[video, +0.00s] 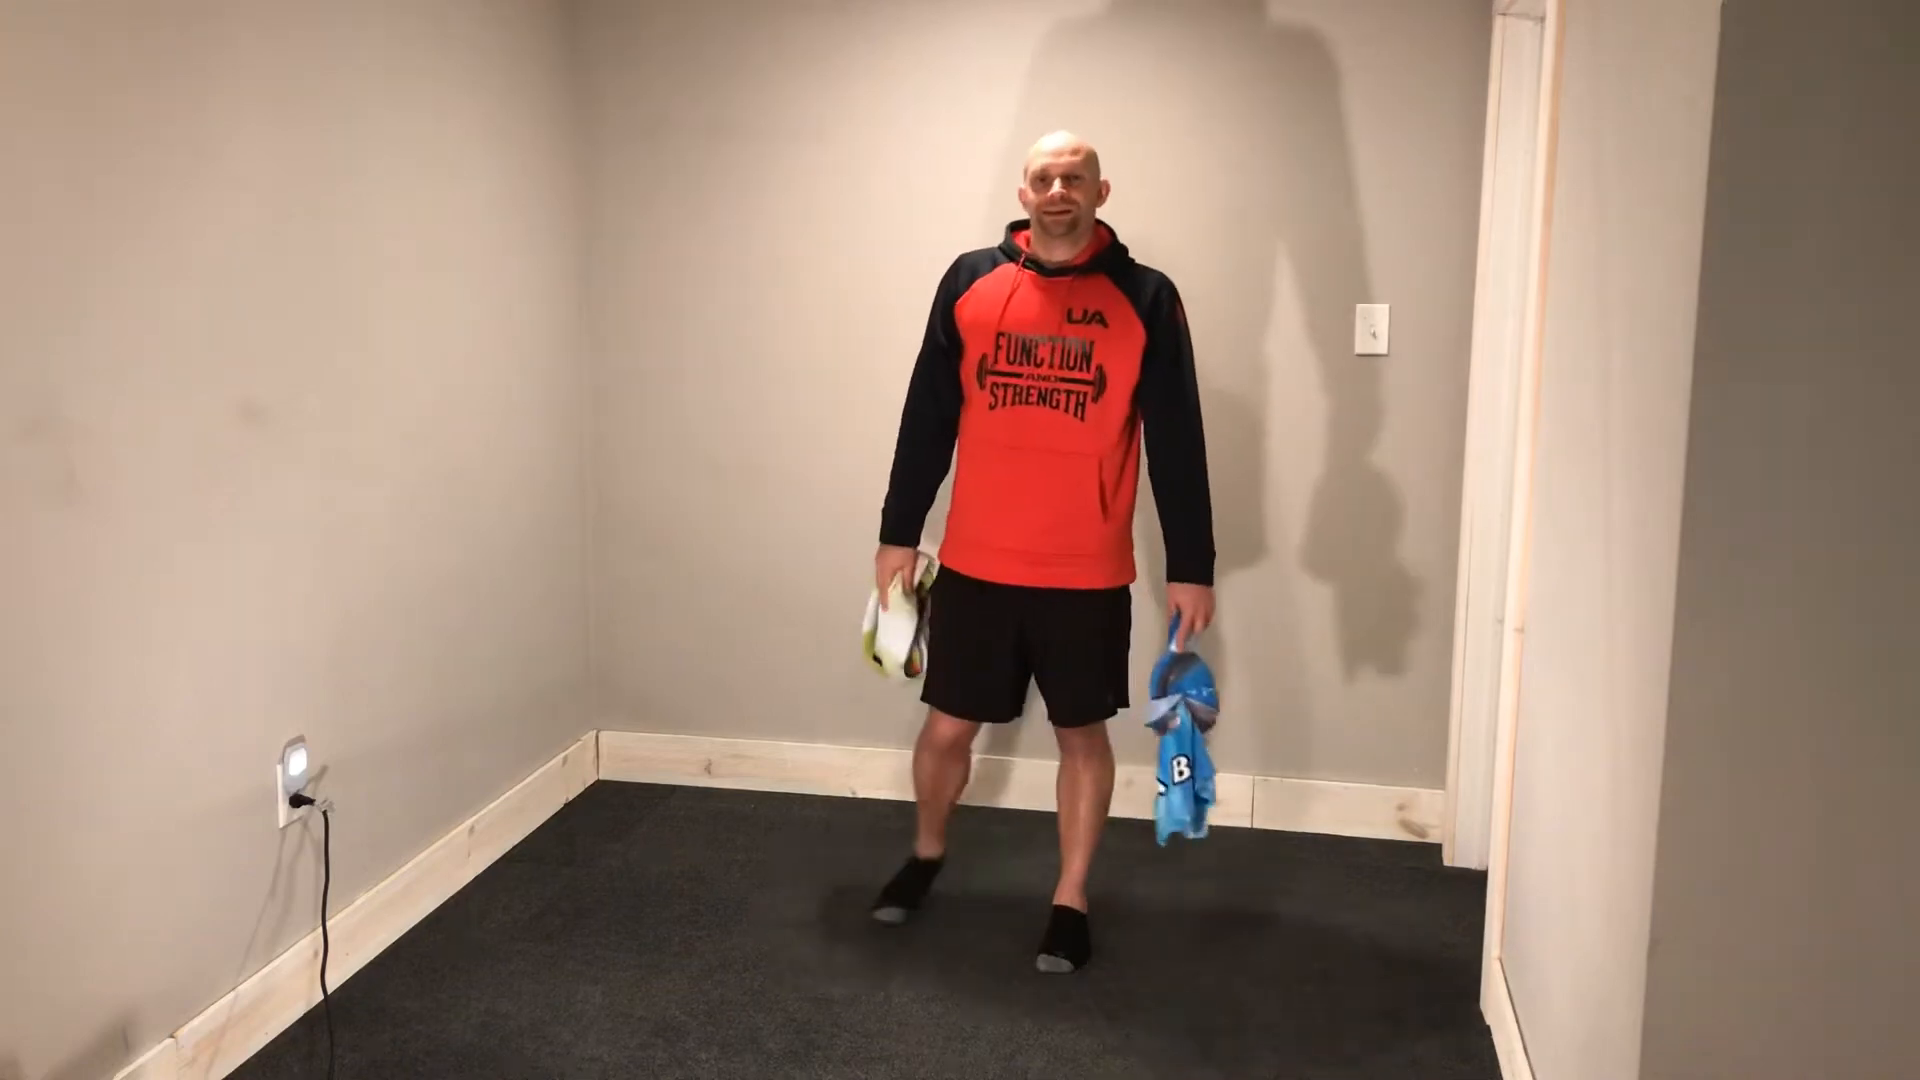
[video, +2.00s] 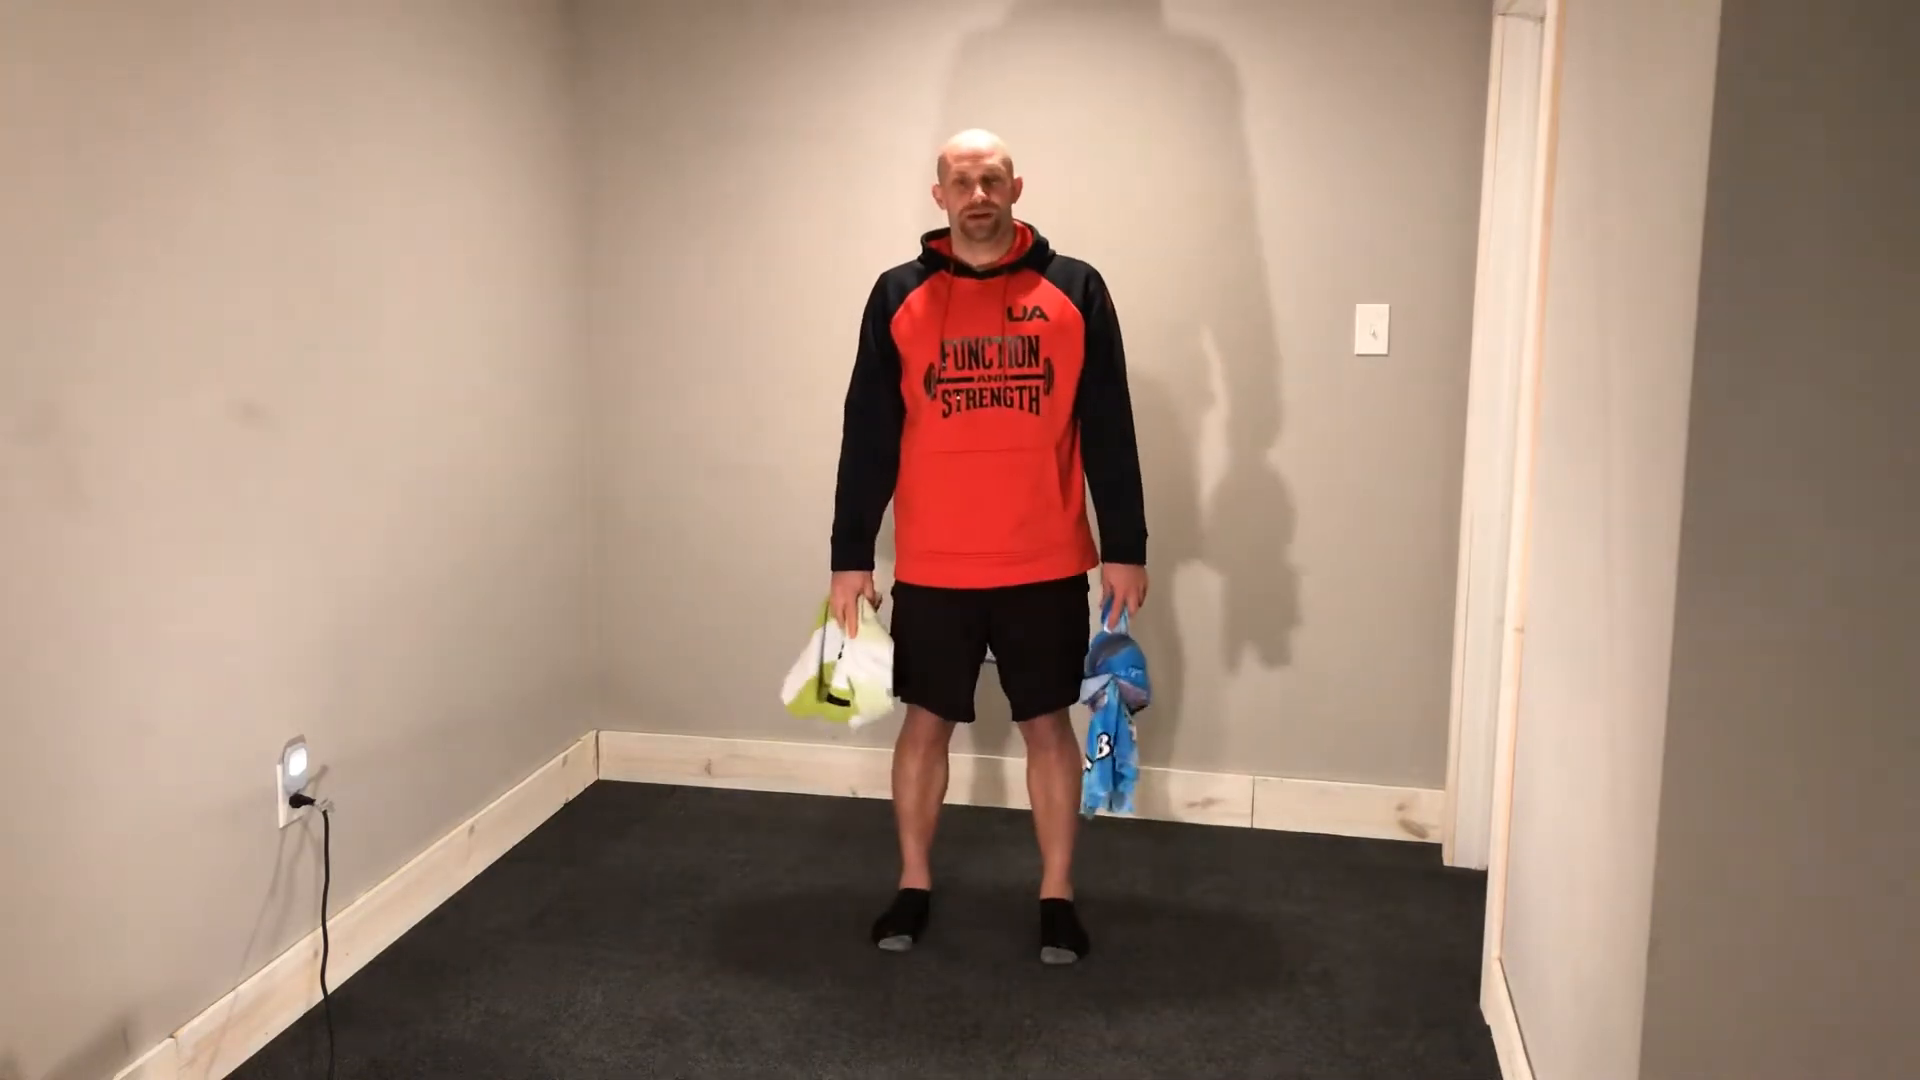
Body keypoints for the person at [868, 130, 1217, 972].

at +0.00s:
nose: (1059, 190)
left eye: (1076, 178)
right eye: (1045, 177)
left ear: (1103, 195)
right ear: (1021, 194)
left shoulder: (1146, 299)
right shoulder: (970, 282)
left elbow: (1178, 439)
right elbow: (929, 414)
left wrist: (1191, 566)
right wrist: (899, 533)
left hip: (1085, 570)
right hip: (978, 560)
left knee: (1081, 733)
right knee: (946, 727)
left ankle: (1070, 904)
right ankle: (924, 858)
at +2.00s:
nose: (978, 194)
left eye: (990, 179)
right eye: (961, 182)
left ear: (1016, 189)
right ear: (939, 196)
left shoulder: (1075, 291)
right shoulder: (899, 296)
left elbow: (1108, 425)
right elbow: (868, 433)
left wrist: (1125, 547)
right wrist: (851, 556)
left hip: (1042, 561)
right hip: (934, 564)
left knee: (1048, 727)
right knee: (924, 725)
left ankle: (1058, 898)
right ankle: (912, 889)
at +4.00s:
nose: (987, 201)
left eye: (1001, 185)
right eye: (971, 185)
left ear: (1024, 190)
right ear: (948, 192)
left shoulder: (1078, 295)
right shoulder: (904, 297)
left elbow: (1107, 430)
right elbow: (873, 434)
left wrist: (1123, 552)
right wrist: (856, 557)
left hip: (1043, 564)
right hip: (935, 565)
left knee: (1048, 727)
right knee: (925, 723)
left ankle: (1058, 899)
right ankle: (912, 889)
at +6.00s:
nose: (982, 201)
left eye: (996, 184)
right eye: (965, 187)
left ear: (1025, 184)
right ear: (946, 196)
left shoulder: (1085, 291)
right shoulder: (910, 297)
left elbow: (1133, 404)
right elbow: (878, 433)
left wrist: (1082, 455)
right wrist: (861, 557)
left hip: (1042, 556)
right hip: (937, 559)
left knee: (1047, 722)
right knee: (928, 721)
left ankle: (1057, 896)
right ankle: (912, 887)